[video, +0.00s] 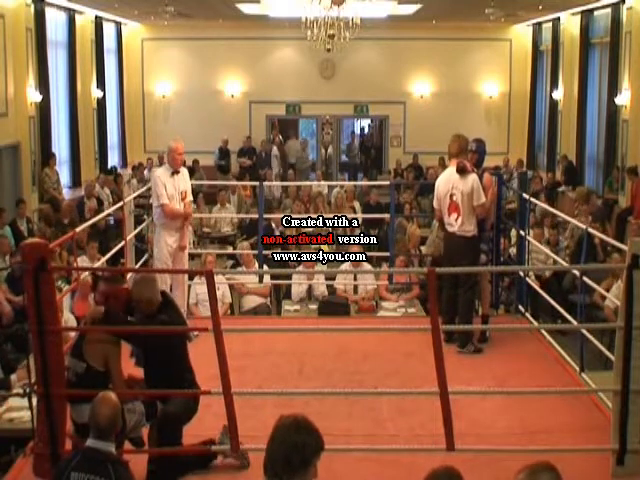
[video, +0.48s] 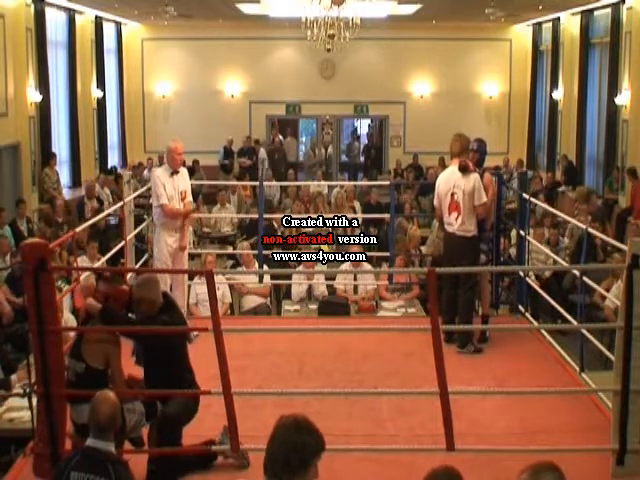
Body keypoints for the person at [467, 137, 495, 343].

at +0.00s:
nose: (470, 157)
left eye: (474, 153)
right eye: (469, 152)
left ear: (480, 155)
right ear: (466, 153)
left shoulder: (487, 178)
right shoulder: (461, 175)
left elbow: (489, 206)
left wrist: (485, 223)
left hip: (483, 230)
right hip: (464, 229)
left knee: (483, 275)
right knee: (463, 276)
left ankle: (484, 321)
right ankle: (460, 319)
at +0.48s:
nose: (472, 156)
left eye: (476, 152)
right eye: (470, 151)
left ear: (482, 155)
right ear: (467, 153)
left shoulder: (487, 178)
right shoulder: (462, 175)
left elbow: (490, 205)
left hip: (483, 229)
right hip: (464, 229)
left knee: (484, 275)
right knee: (464, 275)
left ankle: (484, 321)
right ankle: (461, 320)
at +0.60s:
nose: (470, 157)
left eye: (473, 153)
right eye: (470, 153)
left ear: (479, 155)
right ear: (470, 153)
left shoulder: (488, 179)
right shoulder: (463, 176)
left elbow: (489, 207)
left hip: (483, 230)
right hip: (465, 230)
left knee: (484, 276)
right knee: (464, 276)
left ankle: (484, 321)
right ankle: (461, 320)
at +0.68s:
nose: (470, 157)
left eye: (474, 153)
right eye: (470, 153)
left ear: (479, 155)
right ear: (473, 153)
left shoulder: (488, 178)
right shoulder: (465, 175)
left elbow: (490, 204)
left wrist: (486, 223)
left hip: (483, 230)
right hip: (467, 229)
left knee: (484, 275)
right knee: (466, 276)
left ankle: (484, 322)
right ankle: (462, 320)